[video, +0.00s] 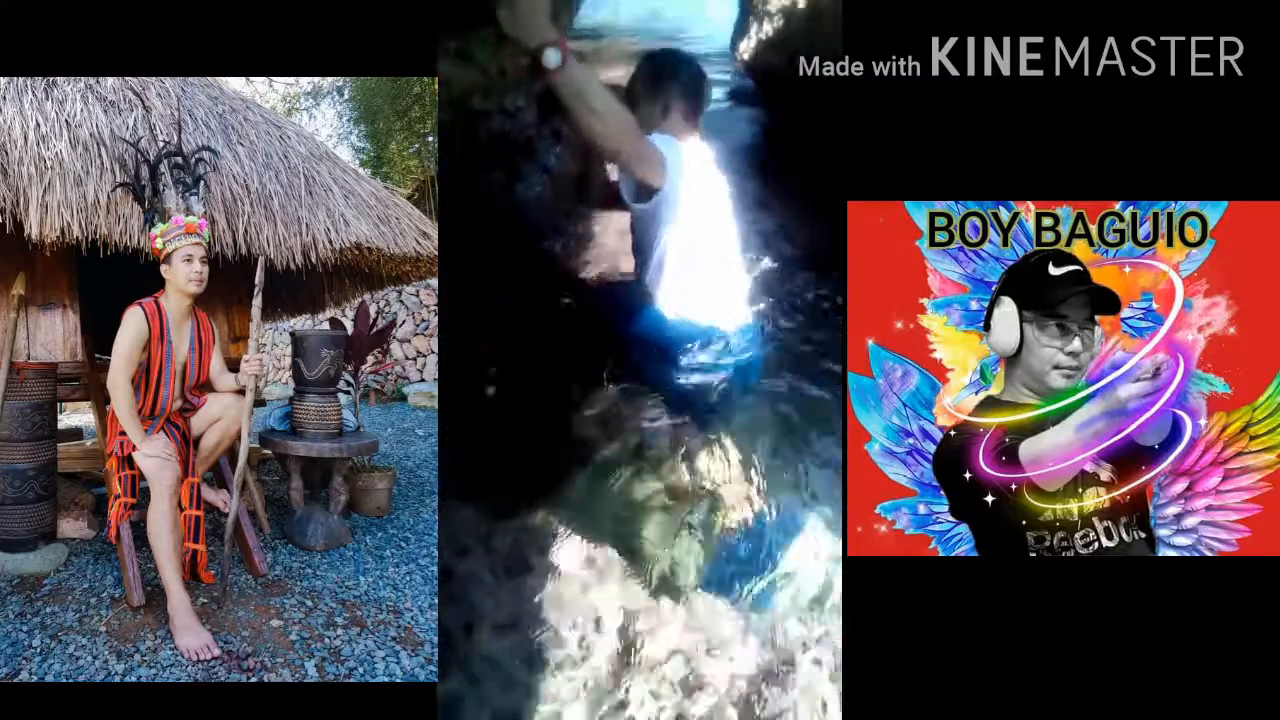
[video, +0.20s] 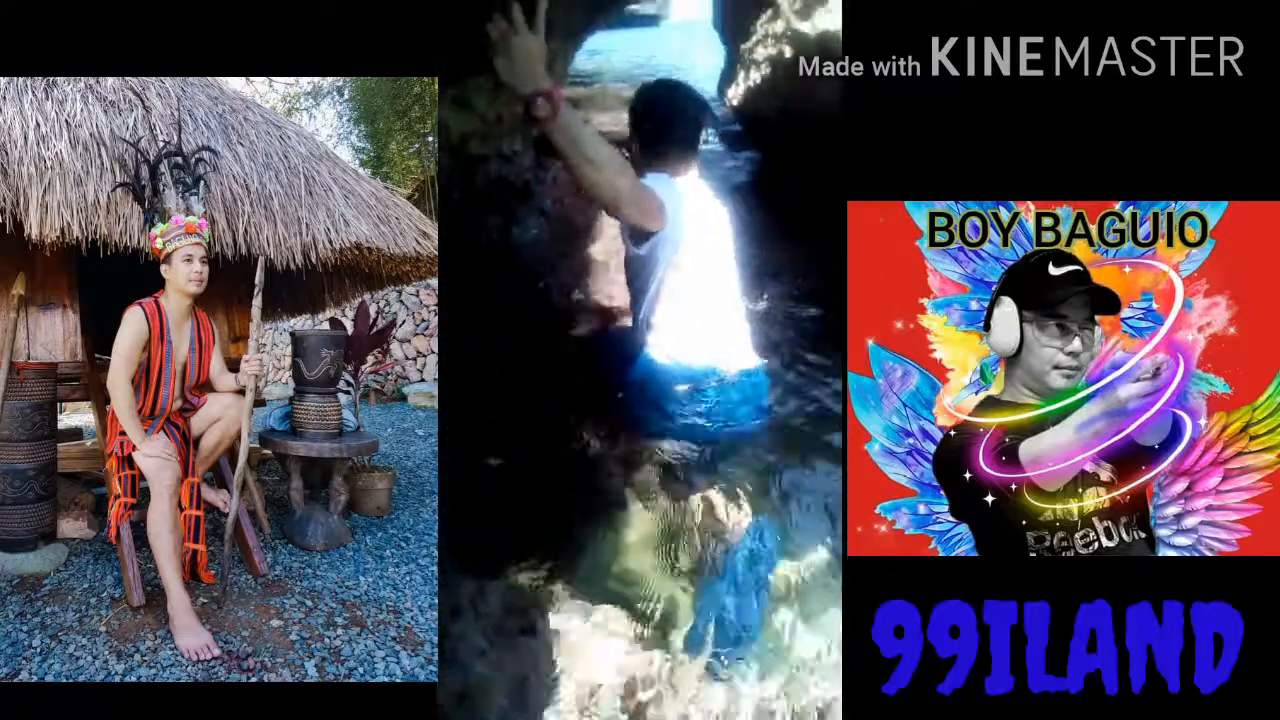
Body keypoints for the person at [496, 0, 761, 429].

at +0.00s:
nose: (635, 118)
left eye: (640, 107)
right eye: (634, 107)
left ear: (667, 106)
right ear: (696, 112)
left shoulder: (668, 157)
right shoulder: (708, 162)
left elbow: (618, 141)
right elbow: (598, 196)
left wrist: (545, 43)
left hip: (683, 351)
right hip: (738, 345)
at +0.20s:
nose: (628, 145)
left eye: (631, 133)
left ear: (637, 141)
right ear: (698, 141)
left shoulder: (661, 198)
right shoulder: (715, 204)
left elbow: (617, 190)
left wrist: (538, 91)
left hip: (676, 401)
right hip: (743, 399)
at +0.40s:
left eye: (652, 168)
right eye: (729, 162)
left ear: (662, 170)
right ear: (723, 172)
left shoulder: (682, 228)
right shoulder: (757, 223)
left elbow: (641, 254)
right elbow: (775, 196)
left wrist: (557, 147)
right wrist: (755, 136)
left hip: (696, 439)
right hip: (766, 439)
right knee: (756, 595)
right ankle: (754, 707)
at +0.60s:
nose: (769, 188)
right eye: (767, 177)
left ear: (693, 195)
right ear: (765, 190)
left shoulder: (726, 253)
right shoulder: (800, 254)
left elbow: (654, 293)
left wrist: (545, 197)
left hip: (729, 482)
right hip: (807, 490)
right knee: (780, 661)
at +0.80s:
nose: (708, 188)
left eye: (711, 172)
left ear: (717, 175)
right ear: (798, 171)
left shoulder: (742, 243)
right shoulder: (834, 227)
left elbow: (650, 270)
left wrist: (521, 174)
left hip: (742, 483)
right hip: (831, 519)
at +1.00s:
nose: (725, 197)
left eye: (727, 181)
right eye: (727, 180)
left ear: (740, 186)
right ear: (822, 183)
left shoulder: (761, 255)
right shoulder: (860, 244)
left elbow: (654, 275)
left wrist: (525, 175)